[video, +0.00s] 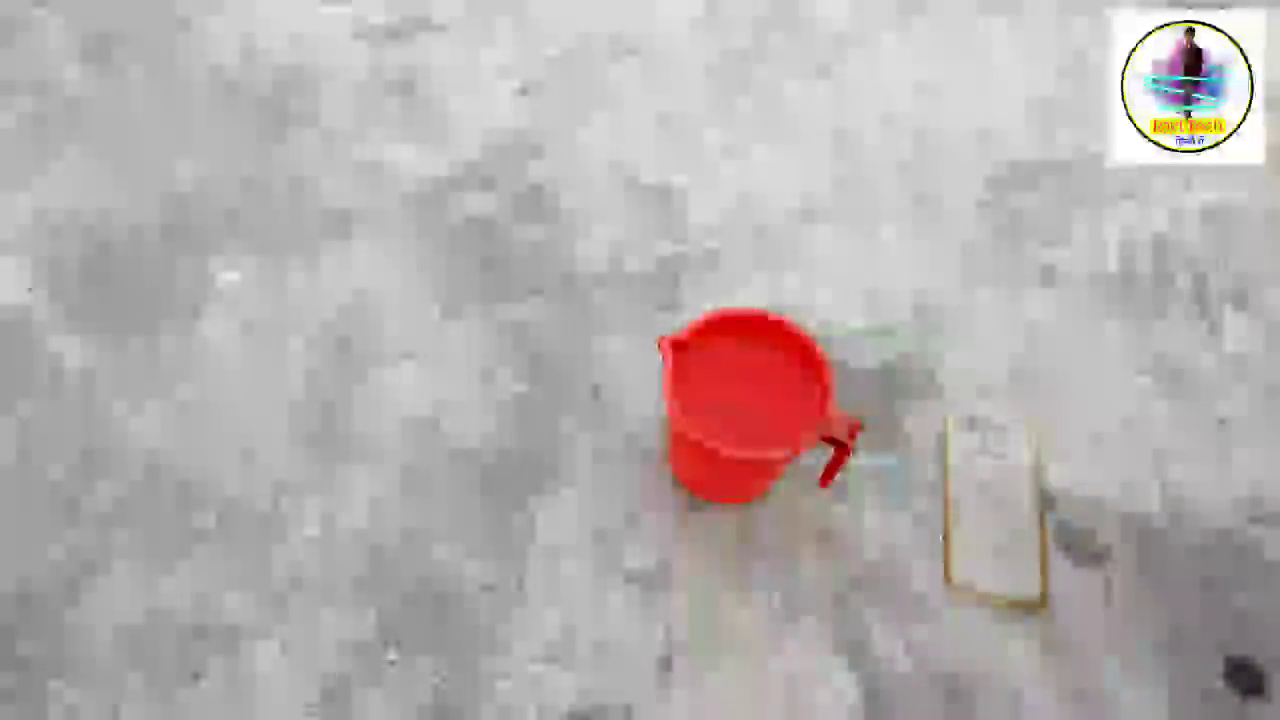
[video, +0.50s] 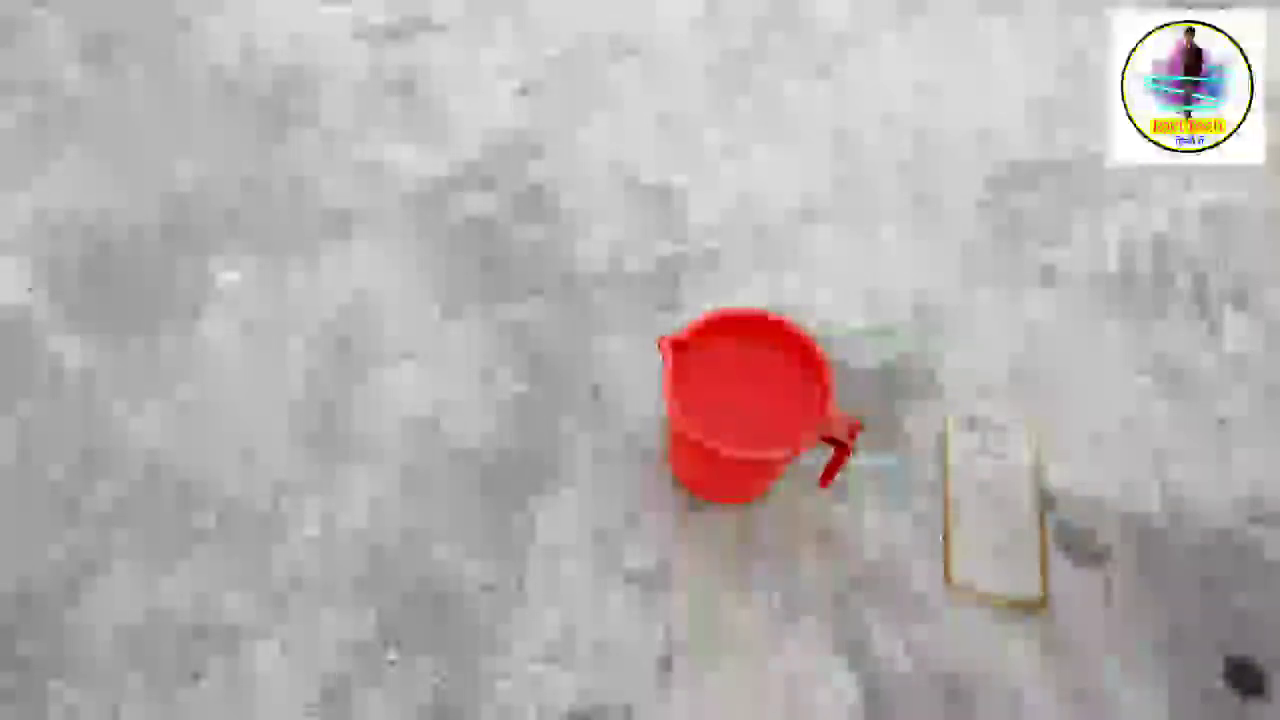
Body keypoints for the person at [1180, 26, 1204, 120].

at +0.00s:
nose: (1188, 38)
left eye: (1190, 35)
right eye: (1187, 35)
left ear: (1193, 36)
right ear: (1184, 36)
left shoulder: (1197, 49)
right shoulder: (1181, 49)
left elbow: (1199, 63)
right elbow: (1176, 61)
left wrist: (1198, 73)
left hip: (1193, 74)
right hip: (1183, 73)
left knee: (1191, 92)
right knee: (1185, 92)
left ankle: (1189, 111)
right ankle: (1186, 111)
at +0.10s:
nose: (1188, 38)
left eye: (1190, 36)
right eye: (1187, 35)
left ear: (1193, 36)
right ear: (1184, 36)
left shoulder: (1197, 49)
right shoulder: (1181, 49)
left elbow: (1199, 63)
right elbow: (1175, 61)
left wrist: (1198, 73)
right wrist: (1173, 72)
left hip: (1193, 74)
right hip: (1183, 73)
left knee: (1191, 92)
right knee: (1185, 92)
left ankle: (1189, 111)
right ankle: (1186, 111)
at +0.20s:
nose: (1188, 38)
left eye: (1190, 36)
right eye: (1187, 35)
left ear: (1193, 36)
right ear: (1184, 36)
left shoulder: (1197, 49)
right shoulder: (1182, 49)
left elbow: (1199, 63)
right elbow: (1175, 61)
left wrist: (1197, 73)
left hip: (1193, 74)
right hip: (1183, 73)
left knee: (1191, 92)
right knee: (1185, 92)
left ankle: (1189, 111)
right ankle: (1186, 111)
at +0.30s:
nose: (1188, 38)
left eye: (1190, 36)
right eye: (1187, 35)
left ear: (1193, 36)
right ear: (1184, 36)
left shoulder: (1197, 49)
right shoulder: (1181, 49)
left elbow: (1199, 63)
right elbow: (1175, 61)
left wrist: (1198, 73)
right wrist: (1173, 72)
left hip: (1193, 74)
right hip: (1183, 73)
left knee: (1191, 92)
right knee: (1185, 92)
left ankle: (1189, 111)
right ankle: (1186, 111)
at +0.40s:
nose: (1188, 38)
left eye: (1190, 36)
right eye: (1187, 35)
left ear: (1193, 36)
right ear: (1184, 36)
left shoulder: (1197, 49)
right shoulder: (1182, 49)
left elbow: (1199, 63)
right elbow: (1175, 61)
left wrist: (1197, 73)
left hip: (1193, 74)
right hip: (1183, 73)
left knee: (1191, 92)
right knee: (1185, 92)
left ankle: (1189, 111)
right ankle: (1186, 111)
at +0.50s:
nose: (1188, 38)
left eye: (1190, 36)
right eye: (1187, 35)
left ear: (1193, 36)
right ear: (1184, 36)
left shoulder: (1197, 49)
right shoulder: (1181, 49)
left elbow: (1199, 63)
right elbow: (1175, 61)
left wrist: (1197, 73)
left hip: (1193, 74)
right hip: (1183, 73)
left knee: (1191, 92)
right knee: (1185, 92)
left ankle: (1189, 111)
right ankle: (1186, 111)